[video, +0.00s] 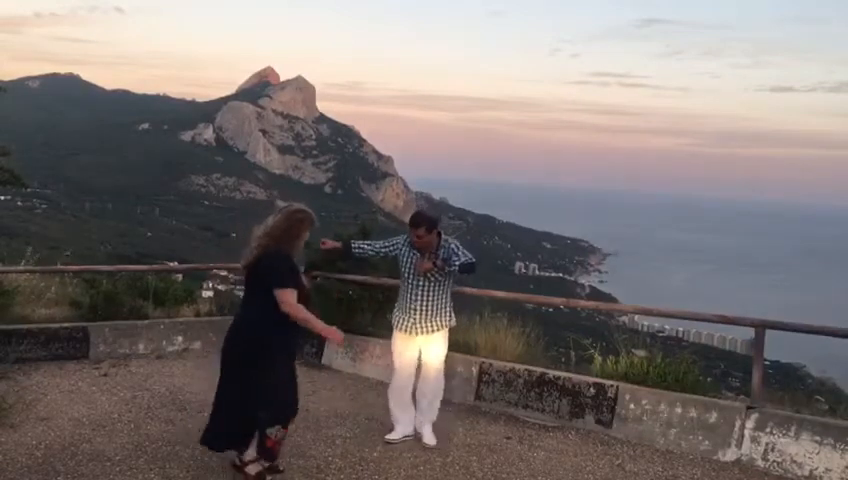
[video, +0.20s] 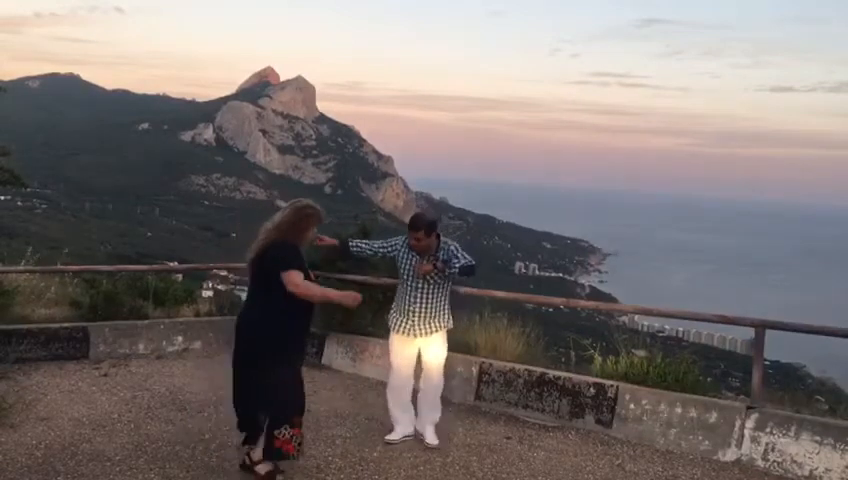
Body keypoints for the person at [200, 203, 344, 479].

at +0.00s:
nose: (306, 239)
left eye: (307, 233)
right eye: (305, 232)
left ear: (279, 226)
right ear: (295, 232)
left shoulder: (262, 257)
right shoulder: (280, 261)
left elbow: (261, 302)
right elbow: (289, 305)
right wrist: (325, 329)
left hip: (248, 339)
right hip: (269, 345)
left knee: (252, 397)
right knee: (284, 404)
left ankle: (243, 452)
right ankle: (262, 459)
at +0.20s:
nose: (315, 235)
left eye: (317, 230)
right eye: (314, 228)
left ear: (287, 221)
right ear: (301, 225)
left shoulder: (272, 248)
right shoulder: (284, 250)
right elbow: (296, 286)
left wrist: (307, 278)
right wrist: (339, 296)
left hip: (258, 337)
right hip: (274, 341)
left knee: (260, 394)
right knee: (286, 399)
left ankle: (251, 452)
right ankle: (266, 460)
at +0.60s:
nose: (326, 241)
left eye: (327, 235)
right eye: (324, 234)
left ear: (297, 227)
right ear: (310, 231)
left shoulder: (279, 252)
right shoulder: (293, 256)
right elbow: (307, 294)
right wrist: (341, 298)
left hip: (273, 341)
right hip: (285, 346)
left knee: (296, 401)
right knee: (294, 403)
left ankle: (283, 461)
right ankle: (275, 466)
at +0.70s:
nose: (329, 240)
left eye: (330, 235)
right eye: (327, 234)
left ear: (301, 226)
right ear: (314, 231)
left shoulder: (283, 252)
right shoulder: (301, 258)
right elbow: (309, 302)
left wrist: (325, 247)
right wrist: (349, 316)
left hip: (269, 343)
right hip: (289, 348)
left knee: (277, 404)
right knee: (305, 401)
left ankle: (274, 464)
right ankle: (285, 463)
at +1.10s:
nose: (341, 241)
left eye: (343, 236)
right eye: (339, 235)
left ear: (321, 230)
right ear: (325, 230)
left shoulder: (298, 254)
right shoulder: (309, 260)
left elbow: (300, 293)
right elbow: (306, 308)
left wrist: (332, 284)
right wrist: (330, 342)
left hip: (284, 340)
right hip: (301, 344)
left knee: (286, 400)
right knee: (313, 408)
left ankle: (277, 457)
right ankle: (286, 464)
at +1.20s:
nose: (344, 239)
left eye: (347, 234)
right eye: (343, 233)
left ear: (323, 228)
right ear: (328, 228)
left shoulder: (306, 254)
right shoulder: (309, 256)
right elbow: (305, 298)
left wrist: (339, 297)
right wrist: (338, 319)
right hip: (301, 343)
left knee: (279, 400)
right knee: (311, 401)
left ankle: (284, 463)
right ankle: (295, 462)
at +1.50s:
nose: (346, 242)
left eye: (348, 237)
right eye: (343, 235)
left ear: (330, 234)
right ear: (326, 230)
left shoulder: (329, 266)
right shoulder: (298, 253)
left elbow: (335, 309)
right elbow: (294, 284)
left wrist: (358, 335)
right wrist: (332, 274)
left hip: (316, 352)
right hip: (283, 350)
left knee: (322, 412)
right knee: (290, 412)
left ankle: (295, 460)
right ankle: (285, 468)